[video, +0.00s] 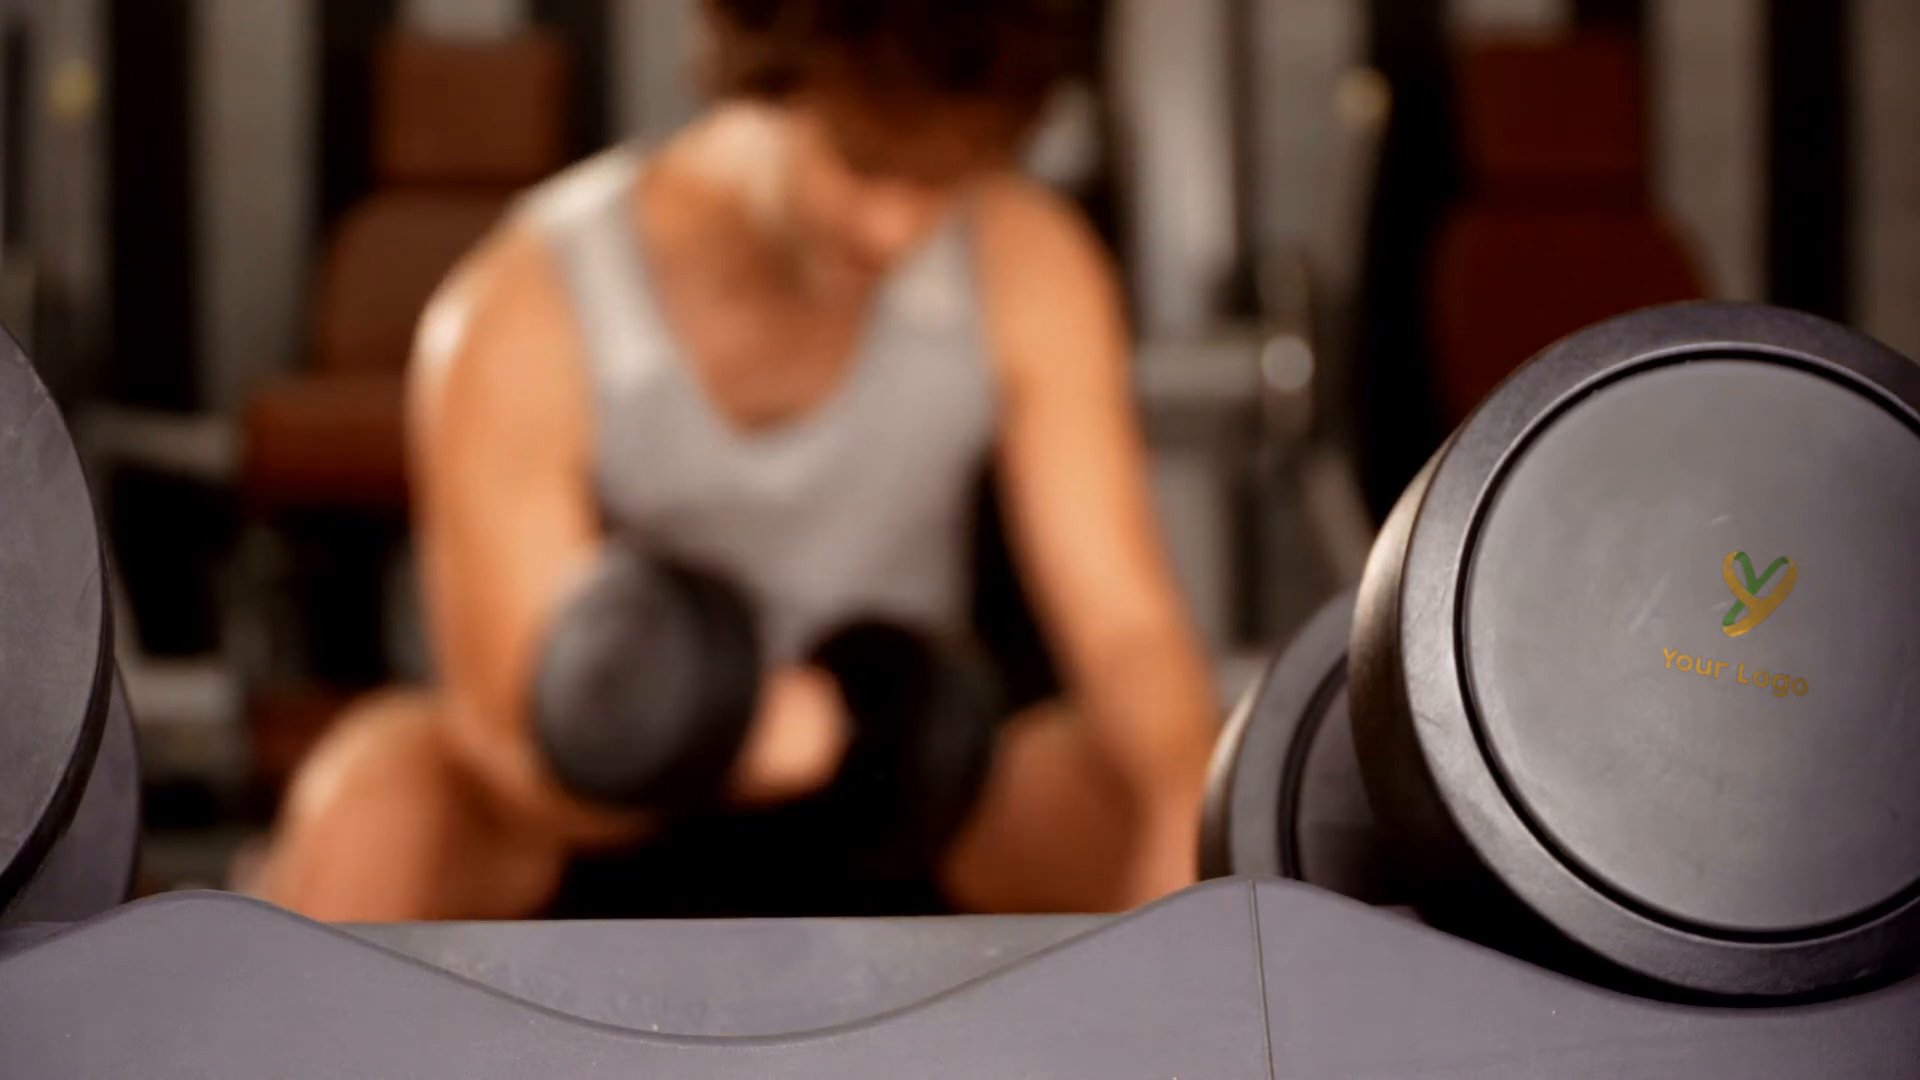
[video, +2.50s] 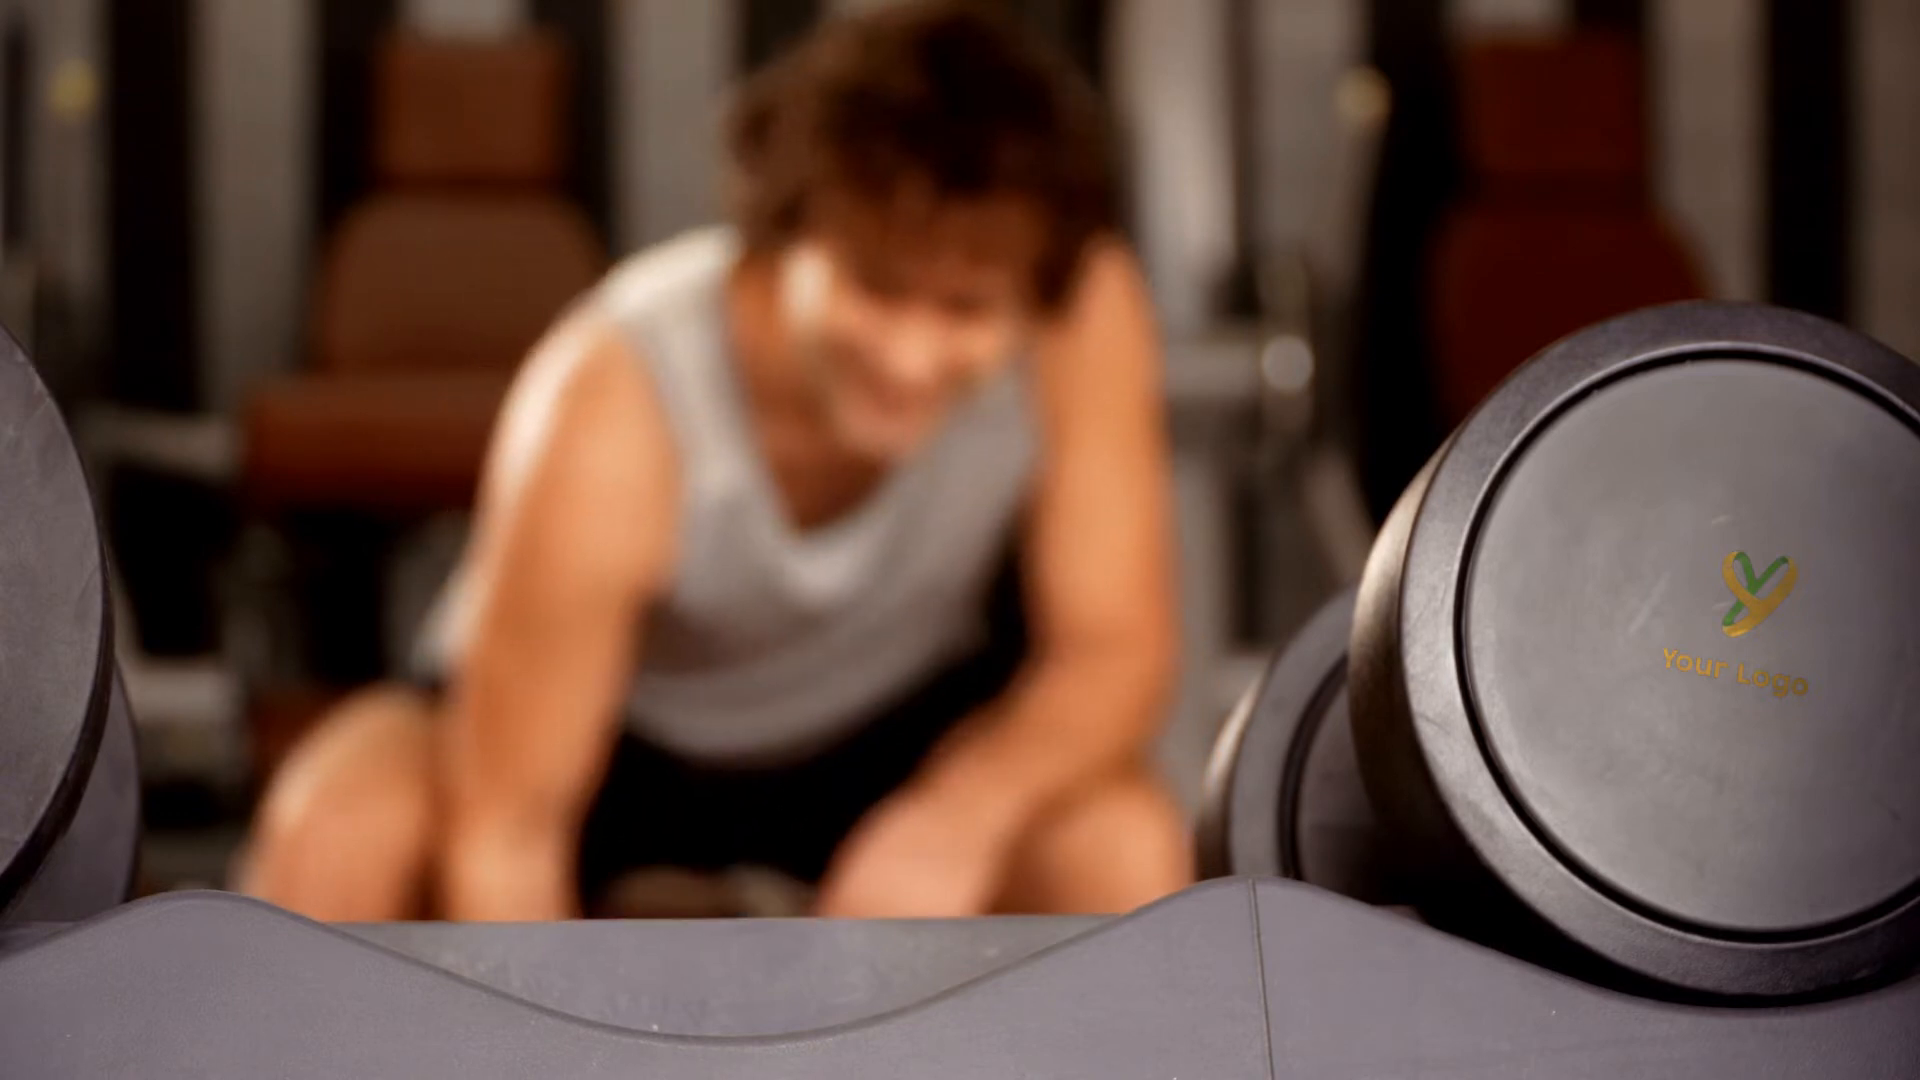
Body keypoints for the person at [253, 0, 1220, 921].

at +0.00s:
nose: (898, 229)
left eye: (946, 179)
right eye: (864, 165)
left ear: (999, 138)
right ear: (765, 75)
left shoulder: (1020, 254)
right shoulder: (520, 311)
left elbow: (1127, 631)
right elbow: (535, 759)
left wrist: (1191, 836)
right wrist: (848, 719)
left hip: (890, 802)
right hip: (611, 813)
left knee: (1192, 793)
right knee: (374, 787)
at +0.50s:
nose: (854, 233)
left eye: (901, 183)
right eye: (815, 173)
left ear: (949, 148)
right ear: (709, 102)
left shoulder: (990, 255)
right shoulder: (466, 330)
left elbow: (1119, 633)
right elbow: (531, 771)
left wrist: (1180, 885)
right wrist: (750, 653)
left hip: (891, 783)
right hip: (598, 807)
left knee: (1181, 813)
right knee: (374, 804)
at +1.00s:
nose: (868, 213)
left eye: (916, 163)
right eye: (833, 152)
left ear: (966, 129)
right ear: (729, 75)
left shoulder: (1008, 252)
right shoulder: (495, 318)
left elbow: (1120, 628)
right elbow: (516, 752)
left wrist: (1186, 875)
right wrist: (751, 692)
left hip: (895, 789)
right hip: (601, 800)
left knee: (1166, 807)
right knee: (369, 803)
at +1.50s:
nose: (882, 219)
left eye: (931, 173)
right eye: (846, 159)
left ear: (993, 140)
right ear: (754, 82)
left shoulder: (1039, 257)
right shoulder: (562, 333)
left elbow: (1127, 641)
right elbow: (520, 792)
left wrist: (1157, 869)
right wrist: (626, 1052)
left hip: (901, 785)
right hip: (624, 796)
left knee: (1180, 802)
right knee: (360, 797)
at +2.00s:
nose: (876, 225)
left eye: (927, 178)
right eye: (840, 162)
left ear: (989, 148)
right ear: (750, 86)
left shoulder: (1034, 259)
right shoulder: (566, 344)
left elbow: (1123, 641)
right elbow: (533, 804)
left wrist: (1147, 859)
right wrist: (558, 1066)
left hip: (894, 786)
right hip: (618, 798)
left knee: (1167, 801)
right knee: (364, 804)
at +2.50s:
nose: (917, 354)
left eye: (969, 308)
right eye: (877, 289)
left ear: (1038, 291)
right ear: (787, 240)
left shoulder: (1080, 298)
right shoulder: (612, 397)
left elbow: (1112, 652)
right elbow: (510, 823)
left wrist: (945, 833)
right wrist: (542, 1072)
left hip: (887, 742)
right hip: (592, 743)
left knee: (1127, 848)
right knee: (335, 821)